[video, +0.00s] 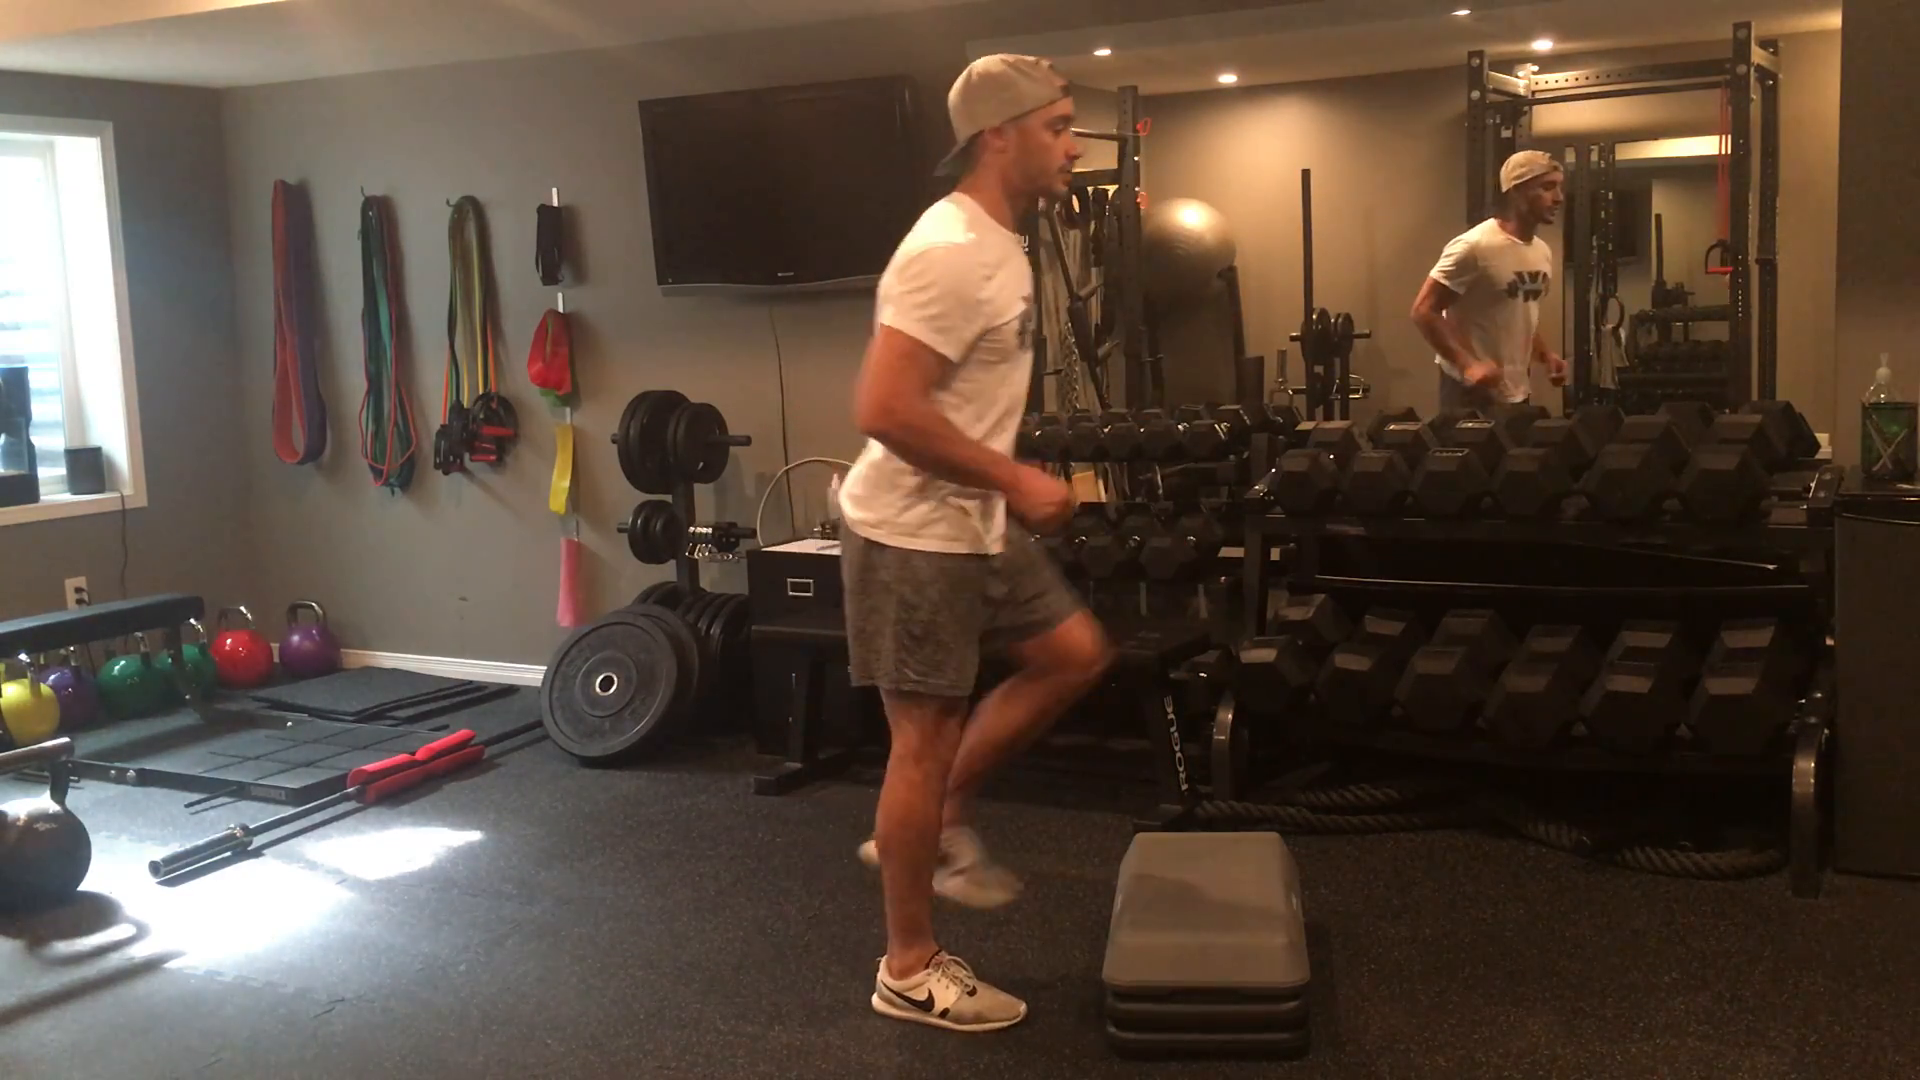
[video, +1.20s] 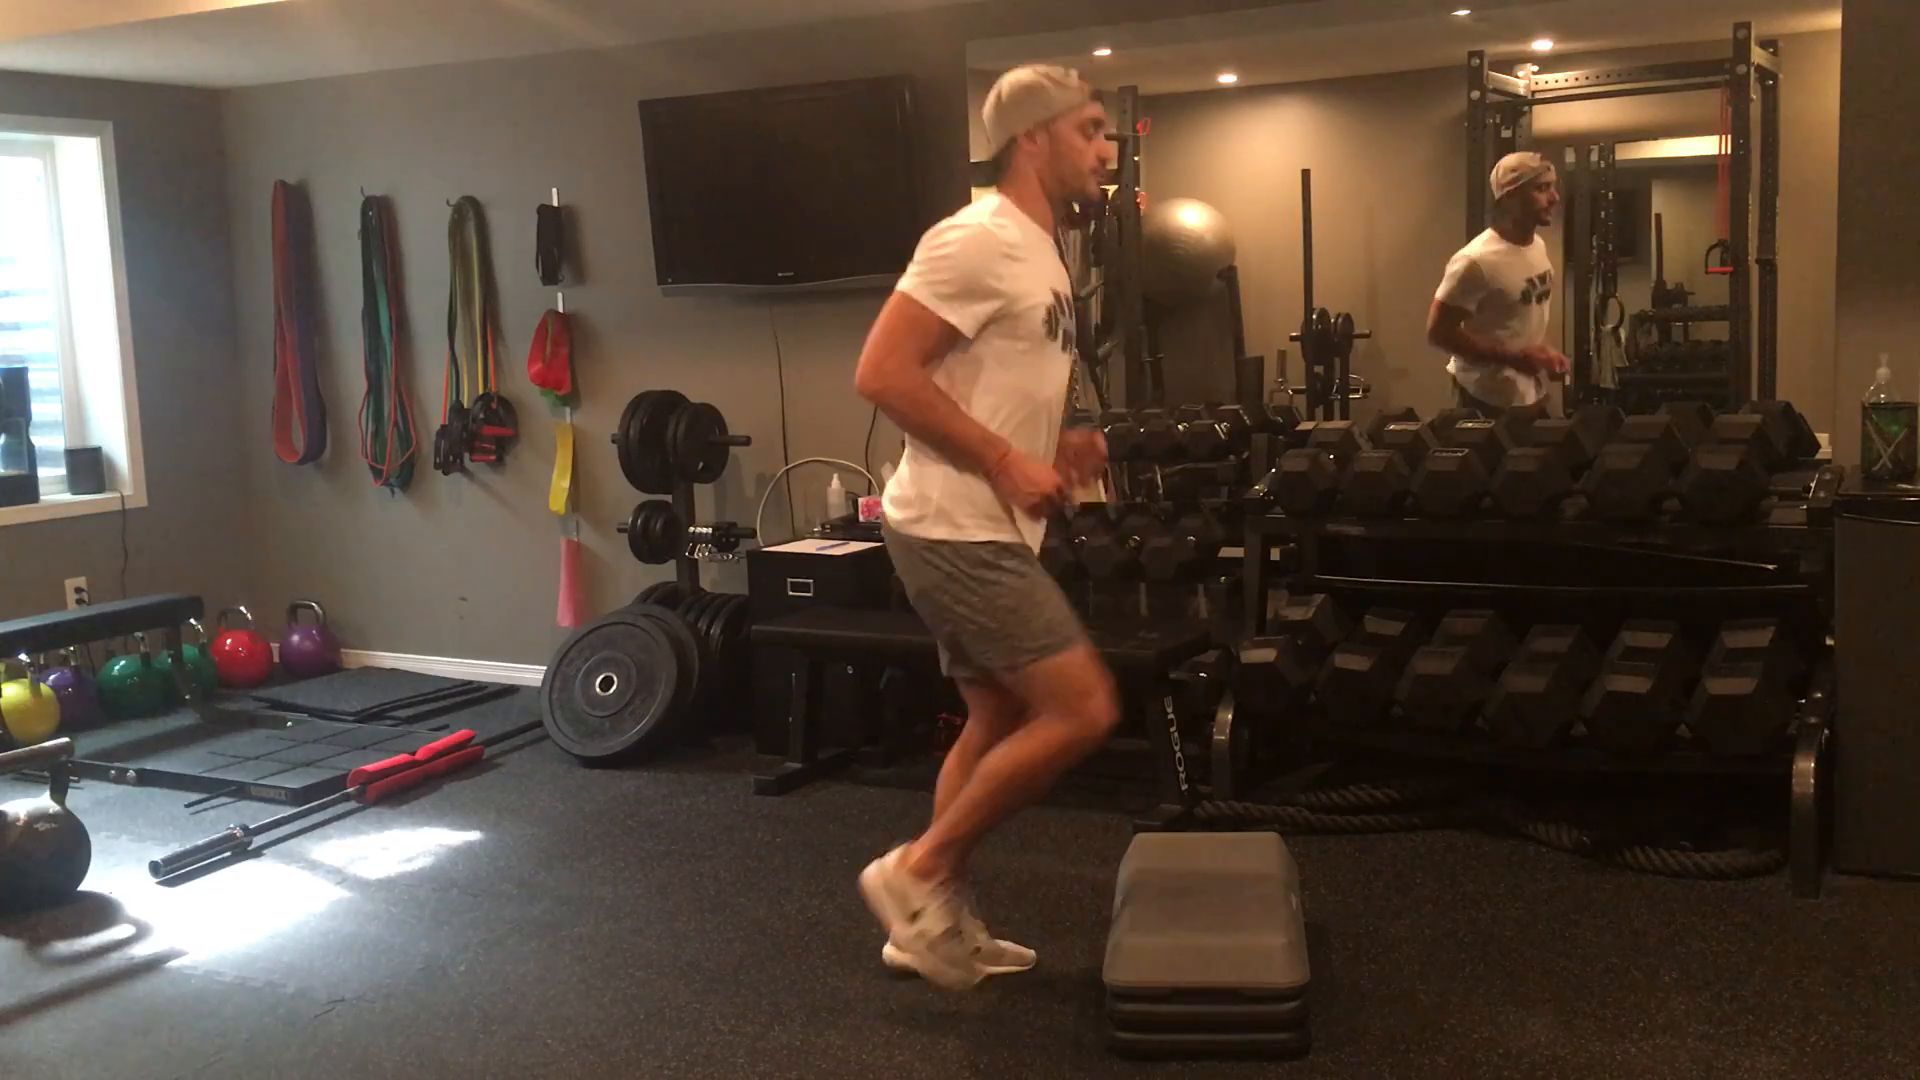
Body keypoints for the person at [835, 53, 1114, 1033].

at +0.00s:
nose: (1075, 142)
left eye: (1072, 125)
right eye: (1059, 126)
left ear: (1012, 140)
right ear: (999, 138)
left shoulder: (998, 243)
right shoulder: (948, 249)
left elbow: (940, 398)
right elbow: (885, 407)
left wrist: (1009, 477)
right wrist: (1013, 476)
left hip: (976, 524)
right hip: (913, 533)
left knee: (1072, 652)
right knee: (923, 746)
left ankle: (930, 811)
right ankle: (906, 965)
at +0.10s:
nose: (1101, 142)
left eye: (1096, 124)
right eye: (1084, 125)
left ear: (1032, 144)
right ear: (1025, 142)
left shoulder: (1008, 238)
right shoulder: (978, 251)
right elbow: (945, 414)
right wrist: (1075, 462)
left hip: (1005, 518)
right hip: (940, 534)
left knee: (1138, 612)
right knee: (931, 750)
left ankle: (1033, 801)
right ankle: (910, 962)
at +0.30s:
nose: (1164, 116)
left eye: (1158, 100)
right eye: (1147, 100)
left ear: (1098, 121)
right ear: (1092, 119)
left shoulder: (1090, 227)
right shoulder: (1048, 222)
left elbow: (1034, 386)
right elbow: (1005, 381)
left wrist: (1102, 454)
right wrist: (1133, 424)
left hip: (1071, 502)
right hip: (1004, 510)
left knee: (1174, 632)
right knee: (1026, 720)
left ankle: (1103, 845)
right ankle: (929, 937)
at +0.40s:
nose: (1175, 80)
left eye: (1169, 63)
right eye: (1158, 64)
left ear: (1112, 82)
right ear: (1106, 80)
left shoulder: (1108, 190)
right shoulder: (1053, 183)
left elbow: (1064, 344)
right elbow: (992, 338)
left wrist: (1142, 394)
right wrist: (1126, 396)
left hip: (1077, 466)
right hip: (1015, 473)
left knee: (1162, 630)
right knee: (1113, 666)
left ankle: (1102, 845)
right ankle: (966, 862)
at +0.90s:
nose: (1148, 42)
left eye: (1145, 24)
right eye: (1129, 23)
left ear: (1080, 40)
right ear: (1068, 35)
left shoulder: (1074, 147)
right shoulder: (1020, 139)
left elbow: (1023, 298)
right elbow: (962, 294)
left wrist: (1092, 382)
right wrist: (1103, 355)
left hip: (1024, 428)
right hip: (1013, 431)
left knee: (1019, 632)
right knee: (1115, 623)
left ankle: (978, 847)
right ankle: (1088, 857)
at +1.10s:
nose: (1117, 169)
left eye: (1116, 151)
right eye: (1101, 151)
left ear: (1054, 165)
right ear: (1044, 162)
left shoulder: (1039, 262)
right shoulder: (982, 258)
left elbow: (990, 406)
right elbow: (888, 384)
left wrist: (1053, 478)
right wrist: (1021, 462)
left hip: (969, 534)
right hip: (967, 537)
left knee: (997, 726)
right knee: (1144, 659)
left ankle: (926, 923)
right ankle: (990, 834)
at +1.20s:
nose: (1107, 147)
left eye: (1104, 132)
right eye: (1090, 131)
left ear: (1049, 146)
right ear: (1035, 143)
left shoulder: (1036, 250)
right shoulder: (978, 238)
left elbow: (973, 402)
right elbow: (882, 372)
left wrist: (1050, 449)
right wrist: (1002, 461)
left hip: (987, 526)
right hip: (950, 526)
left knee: (994, 720)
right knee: (1083, 708)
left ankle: (936, 914)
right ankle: (913, 873)